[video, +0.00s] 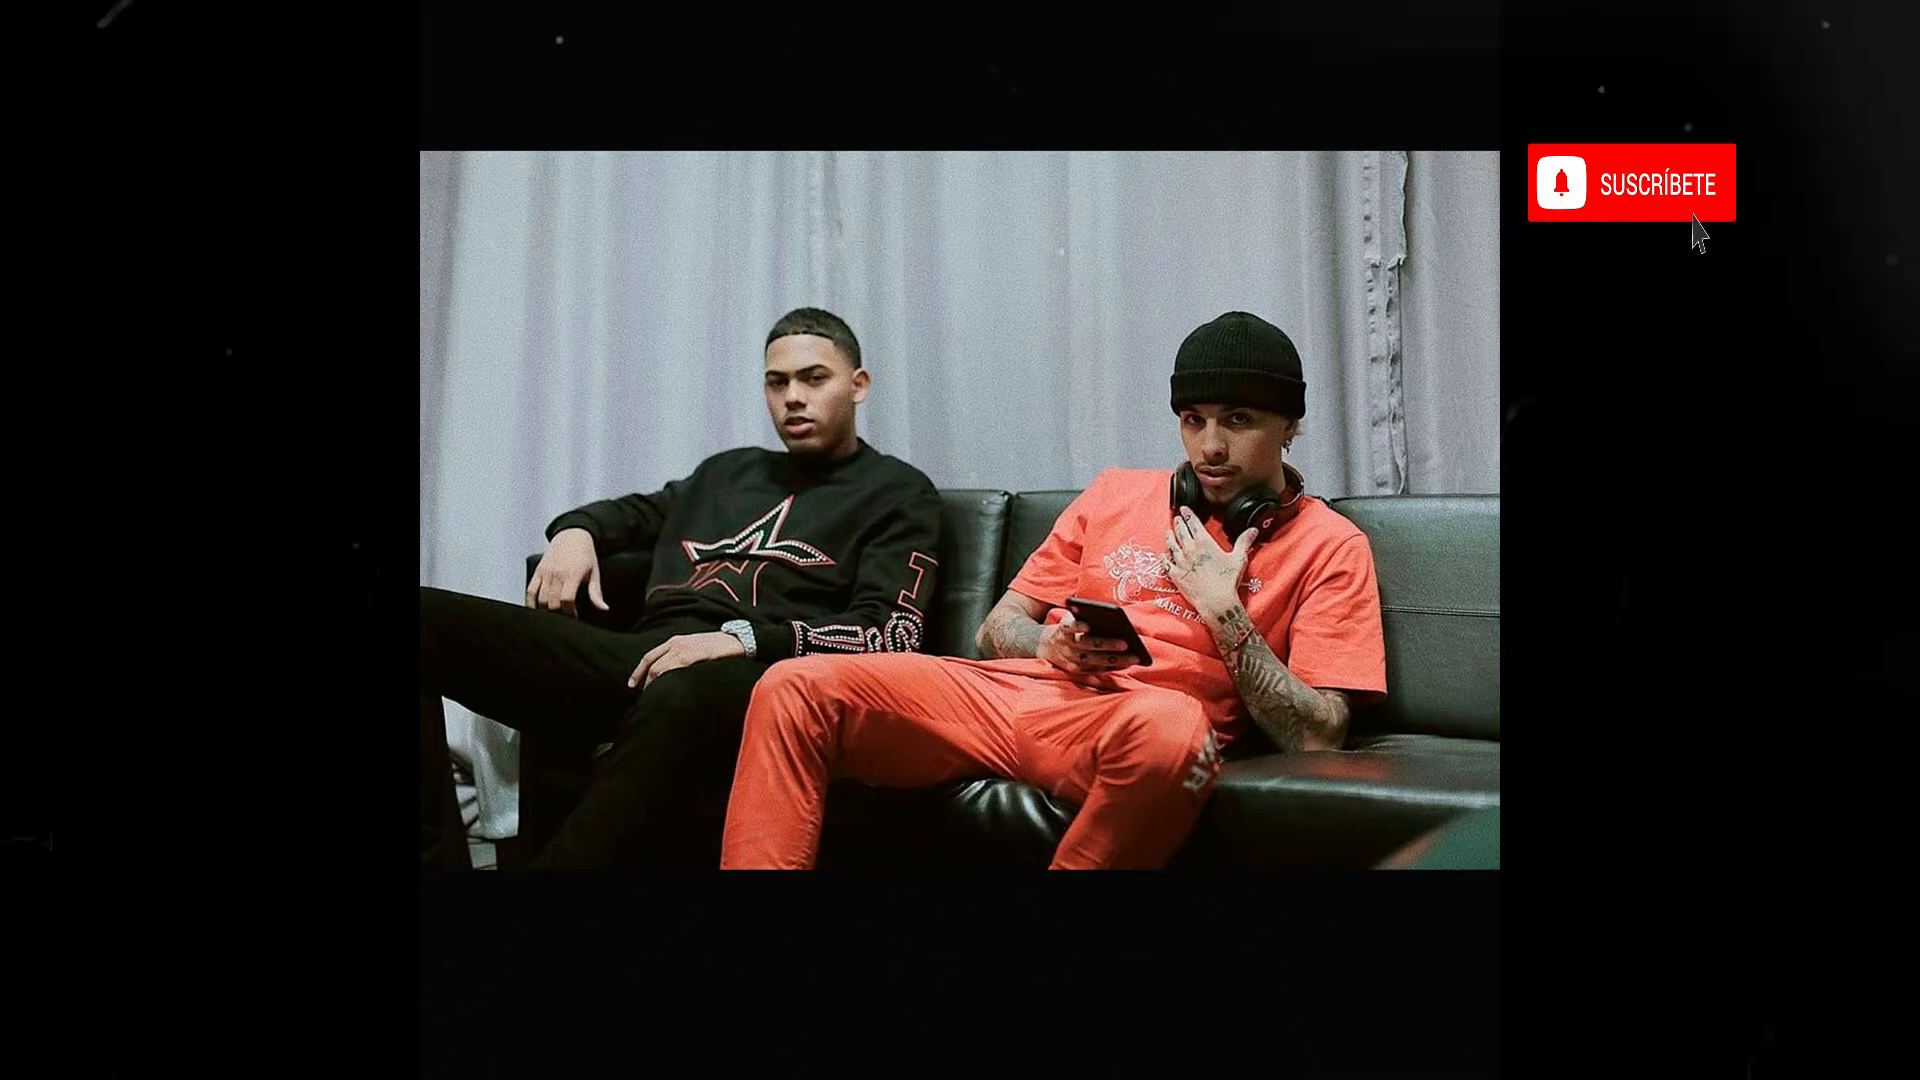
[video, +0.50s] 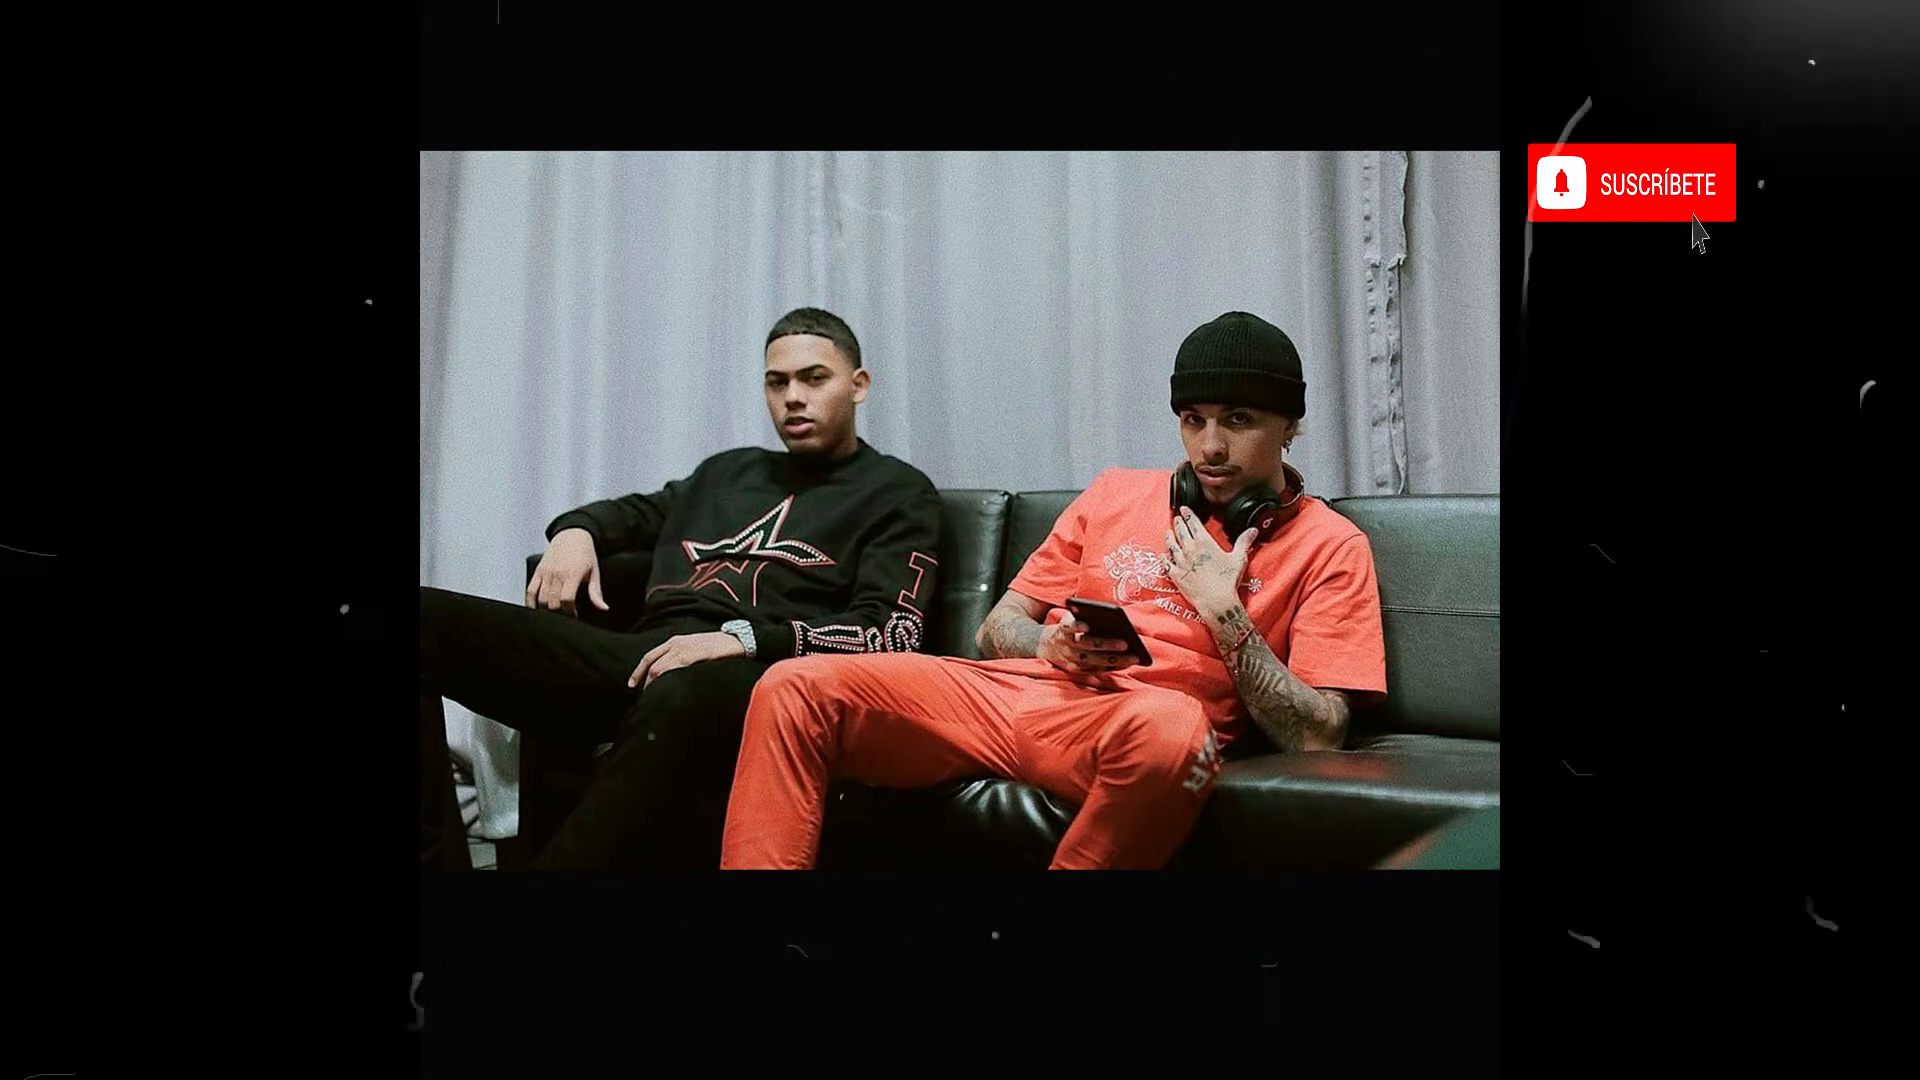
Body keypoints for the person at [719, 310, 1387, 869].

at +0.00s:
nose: (1210, 445)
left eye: (1238, 421)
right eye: (1196, 419)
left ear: (1289, 429)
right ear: (1179, 422)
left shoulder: (1328, 546)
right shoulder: (1118, 492)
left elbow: (1318, 734)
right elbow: (999, 626)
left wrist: (1226, 614)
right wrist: (1050, 647)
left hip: (1132, 708)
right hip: (1014, 685)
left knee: (1170, 746)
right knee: (792, 693)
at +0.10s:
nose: (1210, 445)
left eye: (1238, 421)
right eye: (1196, 419)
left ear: (1289, 429)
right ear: (1179, 422)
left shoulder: (1328, 546)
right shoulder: (1118, 493)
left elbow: (1318, 734)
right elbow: (999, 626)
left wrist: (1226, 614)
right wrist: (1050, 647)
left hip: (1130, 709)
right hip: (1013, 685)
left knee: (1171, 746)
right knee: (792, 693)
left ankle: (1036, 961)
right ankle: (758, 925)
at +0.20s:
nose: (1210, 445)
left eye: (1238, 421)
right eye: (1196, 419)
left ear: (1289, 429)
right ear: (1179, 422)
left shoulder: (1328, 546)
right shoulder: (1118, 492)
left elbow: (1318, 734)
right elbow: (999, 627)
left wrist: (1226, 614)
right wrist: (1051, 648)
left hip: (1131, 707)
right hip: (1013, 685)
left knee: (1170, 746)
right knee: (792, 694)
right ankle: (754, 950)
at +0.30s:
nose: (1210, 445)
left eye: (1238, 421)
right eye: (1196, 419)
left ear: (1289, 429)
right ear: (1179, 422)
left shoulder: (1328, 546)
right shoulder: (1118, 493)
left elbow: (1318, 734)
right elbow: (999, 626)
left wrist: (1226, 614)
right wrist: (1050, 647)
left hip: (1132, 708)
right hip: (1013, 685)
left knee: (1170, 747)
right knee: (792, 693)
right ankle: (759, 911)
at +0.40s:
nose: (1210, 445)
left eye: (1238, 421)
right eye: (1196, 419)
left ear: (1289, 429)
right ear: (1179, 422)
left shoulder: (1328, 546)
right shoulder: (1118, 493)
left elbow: (1318, 734)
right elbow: (999, 627)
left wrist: (1226, 614)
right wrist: (1050, 647)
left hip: (1132, 708)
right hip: (1013, 685)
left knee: (1170, 747)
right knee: (792, 693)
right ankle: (759, 915)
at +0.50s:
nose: (1211, 445)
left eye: (1238, 421)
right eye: (1196, 419)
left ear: (1289, 429)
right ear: (1178, 422)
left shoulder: (1328, 545)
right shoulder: (1118, 492)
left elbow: (1318, 735)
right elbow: (999, 627)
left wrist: (1227, 615)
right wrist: (1050, 647)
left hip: (1129, 709)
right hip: (1012, 685)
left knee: (1171, 746)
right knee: (792, 693)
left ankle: (1042, 946)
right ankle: (763, 932)